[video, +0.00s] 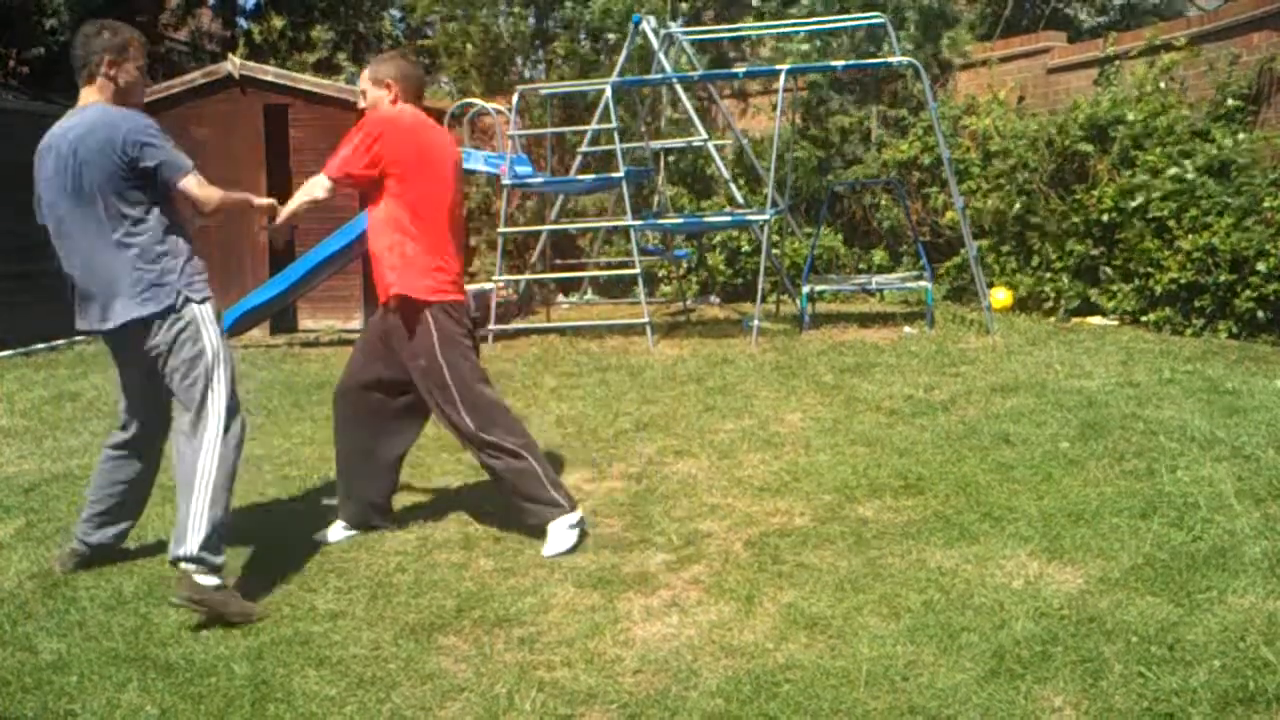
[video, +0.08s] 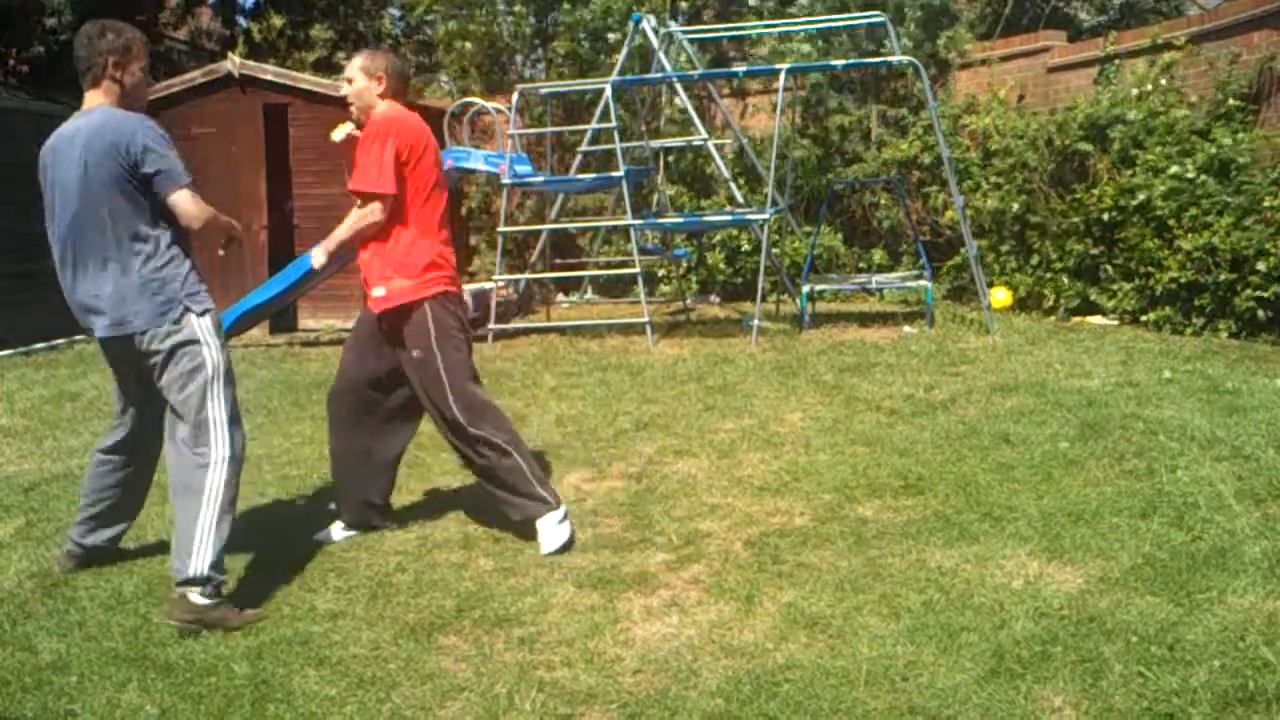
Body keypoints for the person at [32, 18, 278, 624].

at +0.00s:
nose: (145, 80)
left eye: (144, 69)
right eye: (140, 69)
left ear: (91, 72)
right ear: (110, 69)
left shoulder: (48, 146)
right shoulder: (127, 125)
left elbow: (70, 233)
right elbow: (206, 198)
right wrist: (254, 201)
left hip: (109, 309)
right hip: (168, 297)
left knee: (142, 418)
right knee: (215, 416)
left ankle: (93, 540)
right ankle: (199, 564)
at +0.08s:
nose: (147, 80)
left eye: (146, 68)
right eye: (142, 69)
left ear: (90, 72)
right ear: (116, 70)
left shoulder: (53, 147)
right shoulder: (135, 129)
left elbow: (81, 232)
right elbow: (193, 214)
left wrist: (171, 242)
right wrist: (230, 227)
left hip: (106, 316)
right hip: (167, 307)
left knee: (138, 419)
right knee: (210, 437)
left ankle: (89, 541)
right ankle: (197, 588)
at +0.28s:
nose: (155, 86)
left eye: (153, 75)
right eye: (150, 75)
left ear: (99, 79)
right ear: (126, 76)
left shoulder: (76, 145)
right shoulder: (113, 141)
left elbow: (189, 186)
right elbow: (129, 237)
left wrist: (244, 127)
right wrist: (222, 278)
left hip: (96, 329)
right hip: (139, 328)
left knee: (115, 437)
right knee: (233, 463)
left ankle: (24, 560)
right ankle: (196, 601)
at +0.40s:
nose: (129, 80)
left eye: (126, 68)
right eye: (124, 68)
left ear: (72, 74)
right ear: (98, 69)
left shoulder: (45, 144)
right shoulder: (90, 139)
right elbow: (145, 224)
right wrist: (242, 195)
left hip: (80, 337)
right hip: (136, 332)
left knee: (90, 472)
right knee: (223, 465)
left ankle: (7, 585)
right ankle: (195, 603)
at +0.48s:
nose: (114, 74)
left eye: (112, 62)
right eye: (109, 62)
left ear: (53, 67)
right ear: (83, 62)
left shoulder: (20, 144)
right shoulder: (88, 135)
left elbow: (110, 205)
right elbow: (161, 206)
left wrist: (194, 214)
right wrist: (241, 153)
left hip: (60, 338)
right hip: (130, 331)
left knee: (50, 484)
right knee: (211, 462)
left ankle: (5, 611)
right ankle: (195, 602)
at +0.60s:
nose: (89, 85)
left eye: (85, 73)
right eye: (83, 74)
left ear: (24, 81)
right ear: (56, 76)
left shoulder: (4, 143)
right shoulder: (82, 140)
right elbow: (200, 172)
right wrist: (271, 121)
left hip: (23, 355)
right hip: (102, 345)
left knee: (7, 509)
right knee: (212, 457)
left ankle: (1, 638)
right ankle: (202, 596)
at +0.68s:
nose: (82, 77)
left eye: (77, 65)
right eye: (75, 66)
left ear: (19, 74)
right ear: (48, 68)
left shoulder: (5, 132)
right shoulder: (74, 129)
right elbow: (195, 162)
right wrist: (269, 129)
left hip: (17, 343)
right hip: (92, 335)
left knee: (19, 490)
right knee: (207, 450)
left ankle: (1, 629)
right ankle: (214, 594)